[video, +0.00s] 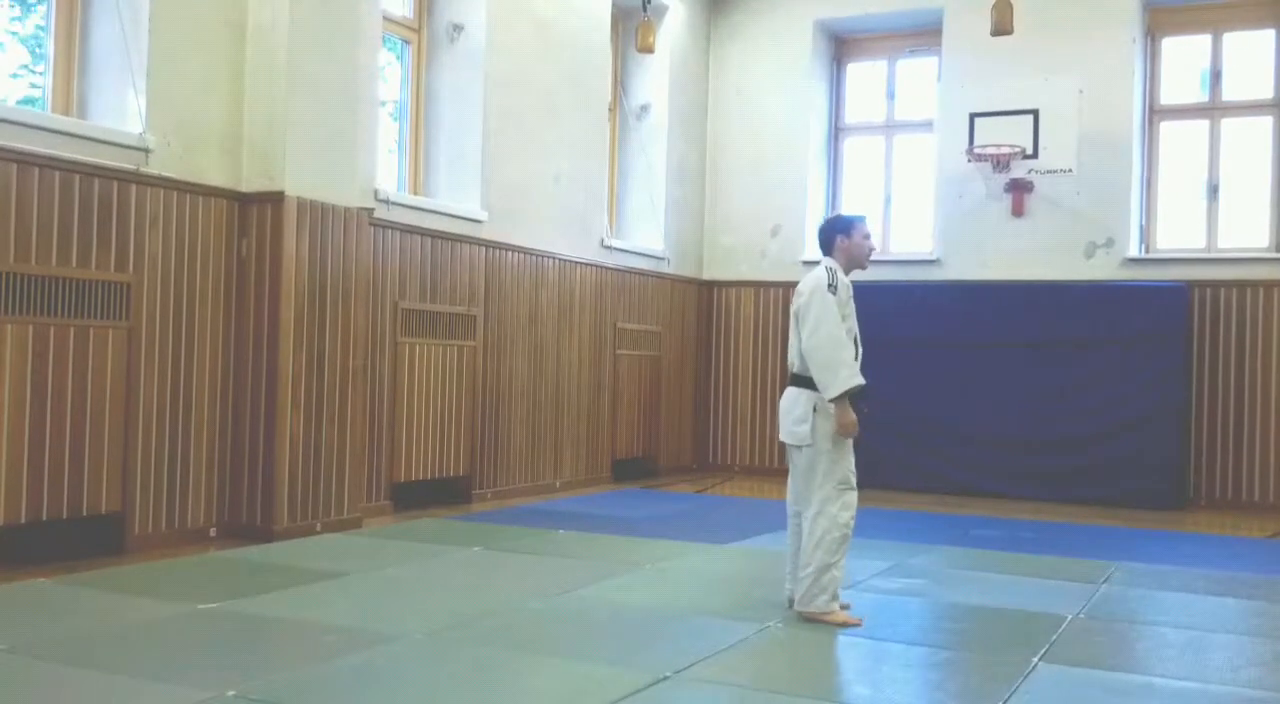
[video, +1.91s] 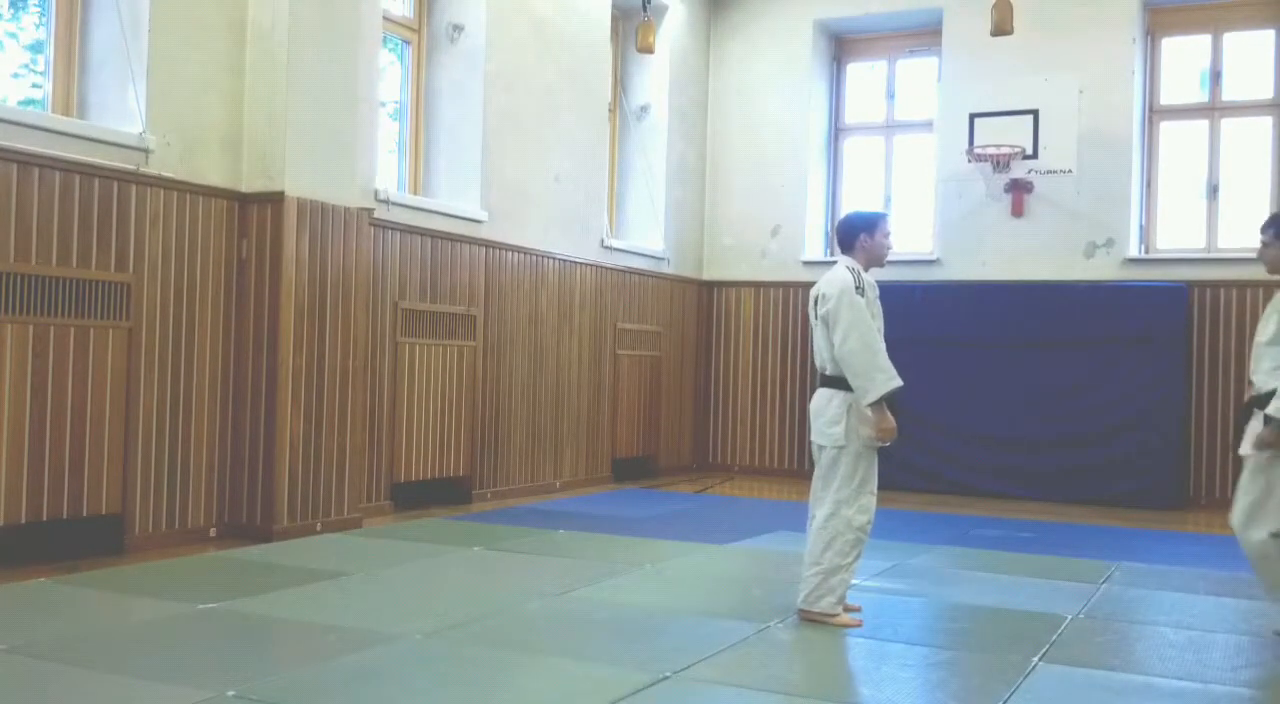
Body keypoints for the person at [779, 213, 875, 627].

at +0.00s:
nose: (872, 245)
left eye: (870, 238)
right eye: (866, 238)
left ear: (842, 243)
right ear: (841, 242)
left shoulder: (828, 282)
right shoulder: (823, 282)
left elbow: (826, 343)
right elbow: (824, 343)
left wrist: (847, 396)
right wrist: (842, 403)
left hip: (812, 401)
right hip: (818, 403)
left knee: (810, 498)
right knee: (836, 499)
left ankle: (805, 589)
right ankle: (817, 598)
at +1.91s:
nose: (891, 244)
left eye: (889, 236)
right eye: (886, 236)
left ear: (861, 240)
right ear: (864, 240)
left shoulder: (843, 280)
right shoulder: (846, 285)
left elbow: (858, 347)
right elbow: (858, 349)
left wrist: (875, 401)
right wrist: (880, 406)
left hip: (840, 401)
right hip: (845, 404)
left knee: (838, 502)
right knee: (847, 506)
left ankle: (826, 591)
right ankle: (819, 601)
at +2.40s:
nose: (889, 244)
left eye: (887, 236)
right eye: (884, 236)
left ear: (862, 240)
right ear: (861, 240)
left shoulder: (850, 282)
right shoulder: (842, 284)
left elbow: (859, 346)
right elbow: (854, 348)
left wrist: (874, 401)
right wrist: (875, 406)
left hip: (847, 403)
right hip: (842, 405)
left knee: (842, 503)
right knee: (843, 506)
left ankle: (826, 592)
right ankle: (818, 602)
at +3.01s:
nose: (888, 244)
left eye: (887, 236)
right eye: (882, 236)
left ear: (860, 240)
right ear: (861, 240)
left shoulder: (855, 283)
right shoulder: (838, 283)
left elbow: (874, 336)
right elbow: (858, 342)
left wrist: (914, 366)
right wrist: (915, 369)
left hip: (851, 406)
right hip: (837, 407)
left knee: (845, 506)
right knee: (836, 508)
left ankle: (826, 592)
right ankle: (815, 602)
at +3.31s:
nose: (885, 243)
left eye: (883, 236)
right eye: (878, 236)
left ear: (851, 242)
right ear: (855, 241)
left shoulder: (830, 282)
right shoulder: (844, 282)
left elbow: (850, 344)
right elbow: (907, 304)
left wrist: (902, 351)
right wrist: (966, 295)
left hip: (837, 402)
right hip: (840, 407)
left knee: (836, 505)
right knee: (839, 508)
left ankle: (823, 592)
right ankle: (816, 603)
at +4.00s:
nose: (885, 245)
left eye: (884, 238)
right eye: (880, 238)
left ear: (853, 242)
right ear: (858, 241)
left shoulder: (832, 279)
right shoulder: (846, 280)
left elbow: (854, 340)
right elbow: (914, 291)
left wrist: (906, 334)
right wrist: (981, 275)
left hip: (836, 401)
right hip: (840, 406)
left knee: (838, 505)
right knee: (841, 508)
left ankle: (823, 594)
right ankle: (817, 603)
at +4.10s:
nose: (885, 246)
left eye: (884, 238)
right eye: (880, 238)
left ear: (851, 242)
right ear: (857, 241)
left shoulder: (830, 280)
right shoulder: (845, 280)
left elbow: (854, 339)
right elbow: (910, 292)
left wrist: (909, 332)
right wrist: (977, 273)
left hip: (834, 401)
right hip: (841, 406)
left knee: (837, 506)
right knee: (842, 509)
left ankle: (823, 594)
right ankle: (819, 602)